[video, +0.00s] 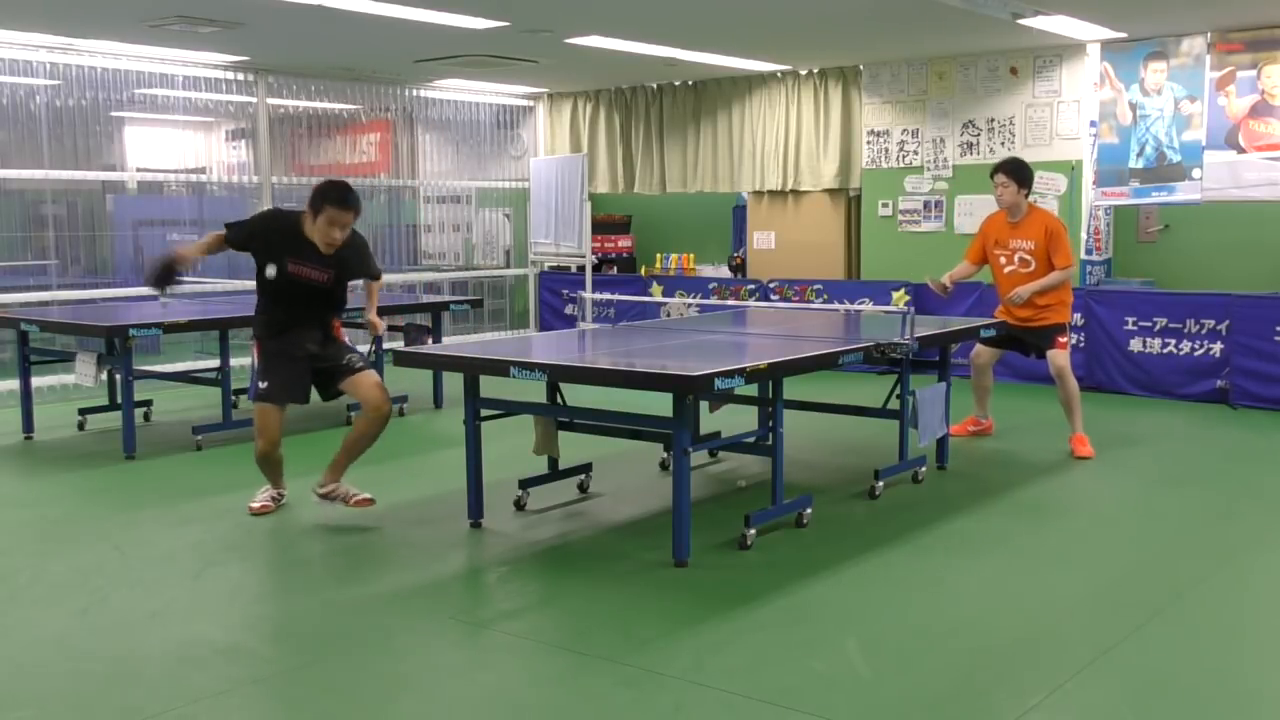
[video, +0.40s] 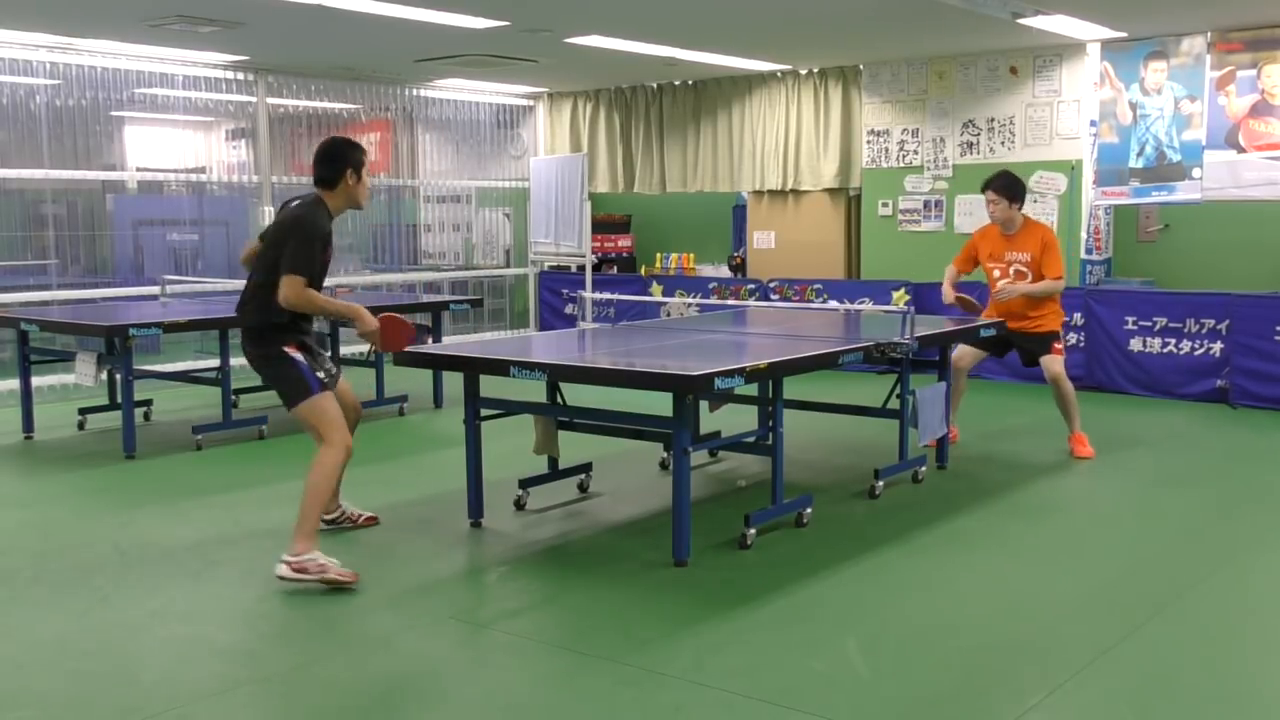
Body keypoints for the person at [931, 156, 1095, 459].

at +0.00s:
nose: (998, 191)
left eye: (1004, 185)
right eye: (995, 186)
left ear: (1023, 189)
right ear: (994, 189)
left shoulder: (1049, 224)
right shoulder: (991, 224)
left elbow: (1066, 271)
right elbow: (974, 262)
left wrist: (1031, 288)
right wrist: (950, 277)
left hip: (1050, 313)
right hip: (1009, 313)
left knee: (1060, 368)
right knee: (979, 359)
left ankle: (1078, 434)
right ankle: (981, 419)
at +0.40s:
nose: (989, 209)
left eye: (995, 203)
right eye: (987, 203)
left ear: (1015, 204)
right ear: (986, 203)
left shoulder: (1043, 235)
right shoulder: (983, 237)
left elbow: (1057, 284)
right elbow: (955, 267)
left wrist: (1021, 289)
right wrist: (948, 286)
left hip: (1041, 320)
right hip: (998, 319)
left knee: (1055, 373)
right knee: (958, 362)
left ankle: (1076, 434)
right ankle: (947, 427)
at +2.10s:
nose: (1038, 182)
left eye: (1044, 176)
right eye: (1035, 177)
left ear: (1062, 178)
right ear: (1033, 180)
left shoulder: (1084, 212)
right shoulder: (1033, 216)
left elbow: (1110, 246)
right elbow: (1021, 255)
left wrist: (1081, 272)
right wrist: (1000, 270)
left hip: (1087, 298)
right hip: (1050, 296)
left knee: (1094, 355)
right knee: (1020, 339)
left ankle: (1122, 410)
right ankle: (1010, 395)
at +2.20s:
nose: (1026, 198)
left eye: (1032, 193)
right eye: (1024, 193)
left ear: (1050, 195)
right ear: (1023, 195)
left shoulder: (1071, 227)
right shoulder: (1031, 232)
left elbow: (1097, 263)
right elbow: (1026, 270)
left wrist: (1072, 292)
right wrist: (1001, 288)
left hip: (1077, 309)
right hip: (1042, 308)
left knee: (1084, 363)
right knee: (1008, 350)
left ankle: (1120, 413)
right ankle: (1008, 402)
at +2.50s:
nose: (1019, 205)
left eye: (1023, 199)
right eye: (1017, 200)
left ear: (1041, 200)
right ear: (1019, 201)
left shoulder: (1062, 229)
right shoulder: (1025, 233)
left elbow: (1091, 265)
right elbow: (1002, 258)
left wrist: (1074, 299)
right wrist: (970, 251)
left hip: (1074, 309)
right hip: (1042, 308)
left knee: (1079, 361)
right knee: (1003, 344)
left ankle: (1115, 413)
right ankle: (1007, 401)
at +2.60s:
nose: (1025, 203)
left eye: (1031, 198)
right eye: (1023, 198)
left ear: (1048, 201)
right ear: (1022, 199)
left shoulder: (1067, 232)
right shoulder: (1020, 230)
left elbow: (1099, 264)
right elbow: (984, 234)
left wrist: (1081, 296)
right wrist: (948, 228)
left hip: (1078, 309)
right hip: (1045, 308)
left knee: (1084, 357)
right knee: (1002, 344)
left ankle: (1117, 413)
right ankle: (1007, 401)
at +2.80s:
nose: (1029, 194)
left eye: (1035, 189)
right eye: (1027, 189)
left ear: (1052, 192)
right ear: (1025, 191)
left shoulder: (1072, 225)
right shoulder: (1020, 223)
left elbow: (1102, 260)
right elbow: (987, 234)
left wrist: (1101, 295)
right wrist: (955, 221)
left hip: (1073, 304)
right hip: (1035, 302)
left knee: (1087, 352)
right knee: (1000, 344)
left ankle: (1116, 409)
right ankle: (1006, 401)